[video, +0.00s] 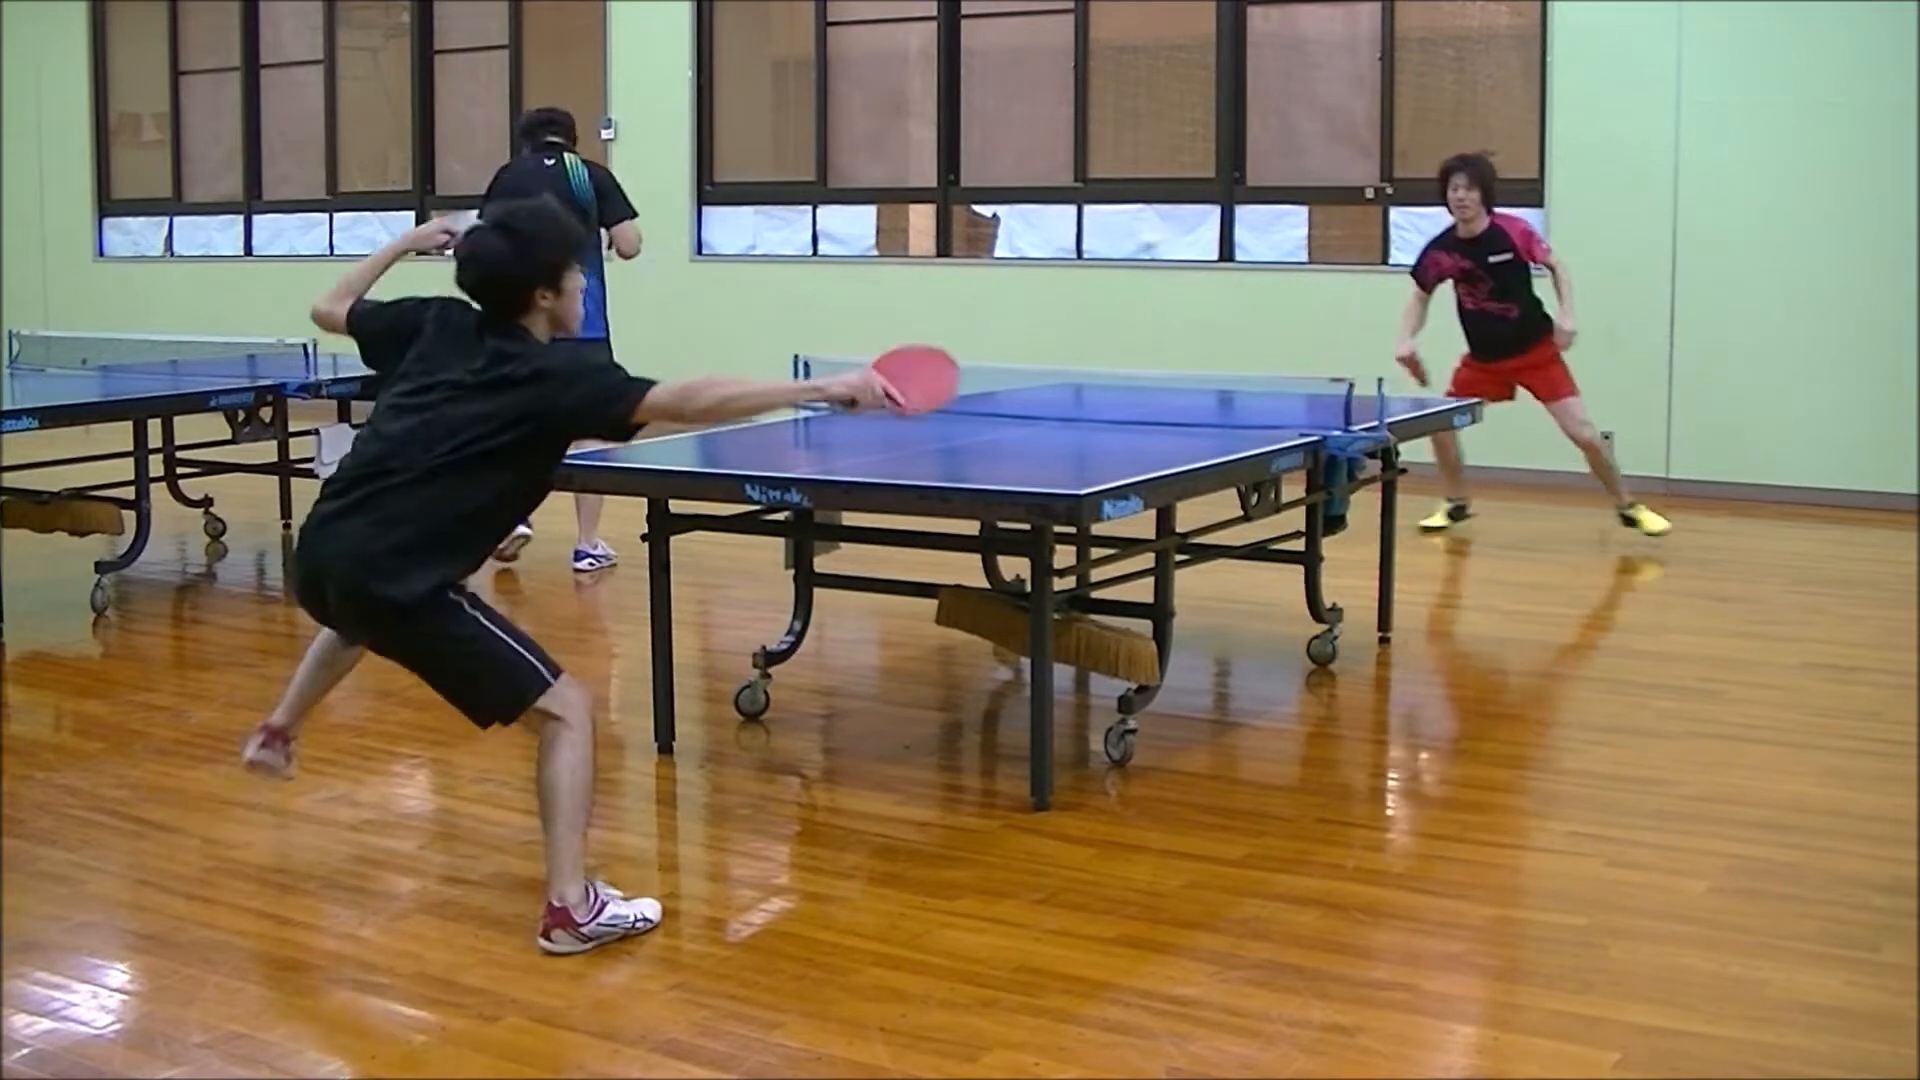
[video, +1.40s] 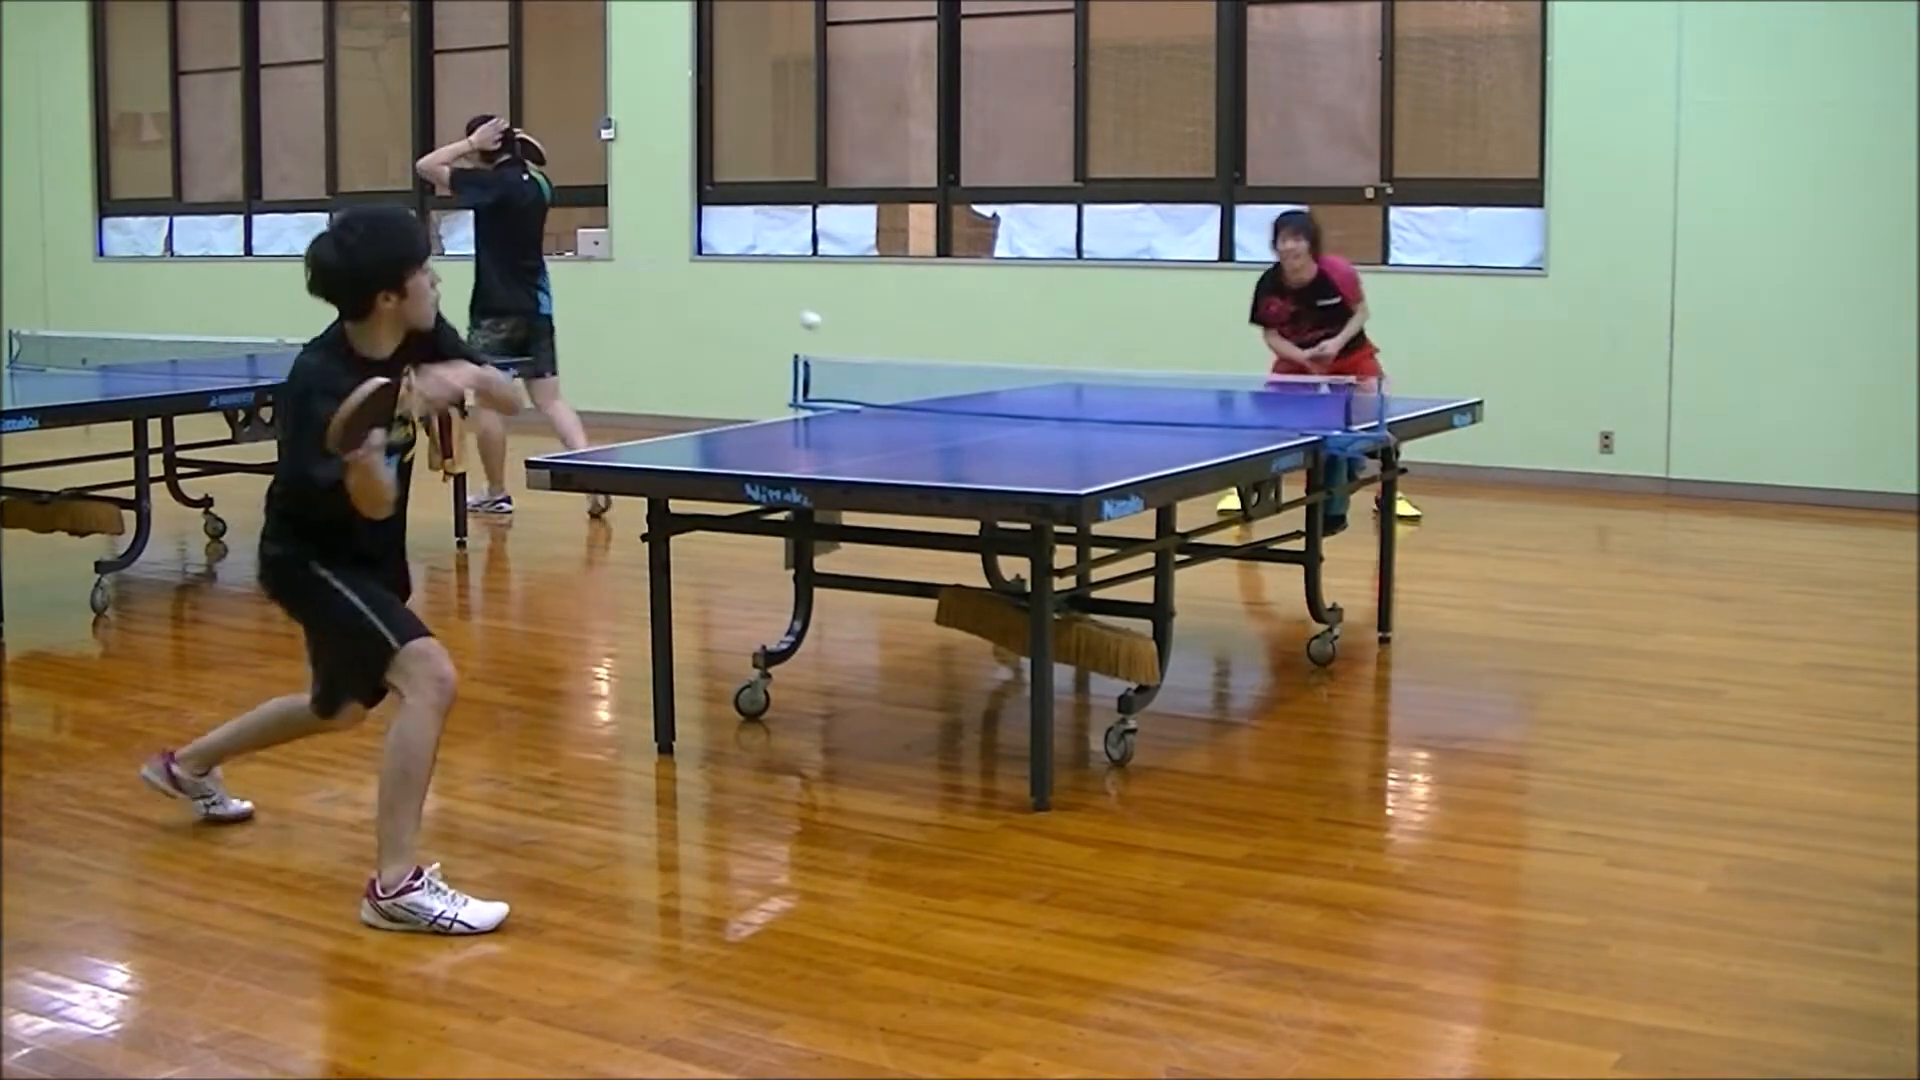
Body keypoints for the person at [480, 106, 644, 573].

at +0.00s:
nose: (583, 285)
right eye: (574, 275)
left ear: (526, 140)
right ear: (573, 140)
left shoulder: (506, 175)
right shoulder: (594, 174)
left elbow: (481, 239)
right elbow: (628, 244)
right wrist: (604, 217)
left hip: (505, 324)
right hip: (583, 333)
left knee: (508, 429)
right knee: (594, 438)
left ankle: (510, 519)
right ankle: (588, 543)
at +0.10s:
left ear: (532, 145)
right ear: (580, 143)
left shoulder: (518, 176)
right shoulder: (602, 175)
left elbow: (498, 235)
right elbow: (642, 241)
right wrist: (619, 203)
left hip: (522, 323)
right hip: (592, 326)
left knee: (541, 428)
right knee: (599, 434)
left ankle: (546, 526)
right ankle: (586, 542)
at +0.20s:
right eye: (590, 142)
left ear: (540, 150)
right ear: (586, 146)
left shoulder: (523, 182)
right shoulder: (606, 178)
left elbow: (511, 245)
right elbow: (654, 240)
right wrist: (626, 204)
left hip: (537, 328)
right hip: (594, 326)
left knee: (561, 431)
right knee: (592, 437)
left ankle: (590, 531)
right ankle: (584, 540)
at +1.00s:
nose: (526, 152)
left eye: (528, 145)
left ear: (536, 145)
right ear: (577, 142)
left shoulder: (537, 182)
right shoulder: (600, 179)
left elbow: (475, 197)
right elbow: (635, 195)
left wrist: (510, 157)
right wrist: (595, 161)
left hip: (552, 315)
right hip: (597, 313)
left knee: (545, 407)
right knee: (600, 407)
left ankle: (584, 476)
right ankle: (604, 498)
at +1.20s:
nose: (503, 157)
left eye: (506, 148)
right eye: (504, 147)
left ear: (521, 146)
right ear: (550, 145)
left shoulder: (527, 181)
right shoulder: (574, 180)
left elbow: (457, 180)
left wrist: (498, 145)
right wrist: (553, 147)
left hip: (532, 308)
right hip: (575, 307)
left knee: (512, 404)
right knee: (591, 400)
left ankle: (516, 498)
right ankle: (605, 495)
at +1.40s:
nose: (465, 160)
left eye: (470, 151)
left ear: (485, 153)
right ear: (514, 150)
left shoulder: (495, 185)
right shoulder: (539, 185)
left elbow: (427, 166)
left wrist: (471, 144)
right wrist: (514, 148)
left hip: (497, 305)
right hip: (536, 303)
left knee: (485, 402)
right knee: (550, 398)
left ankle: (496, 494)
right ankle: (594, 479)